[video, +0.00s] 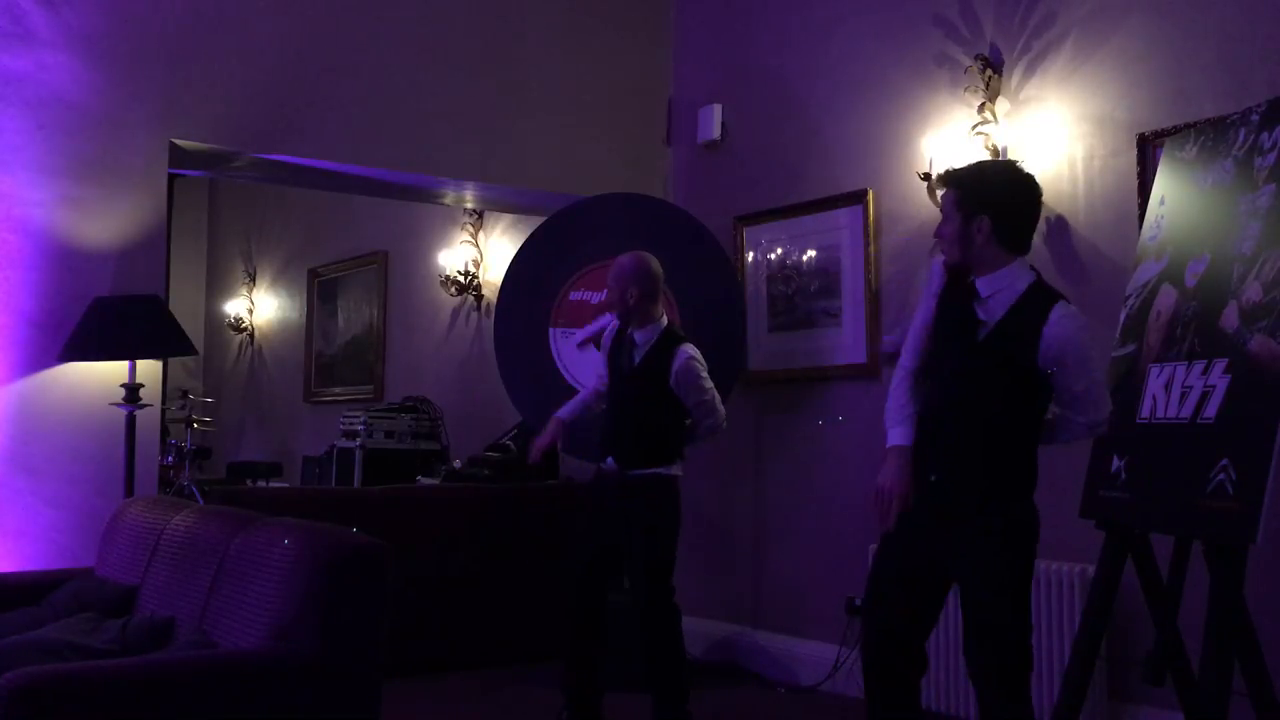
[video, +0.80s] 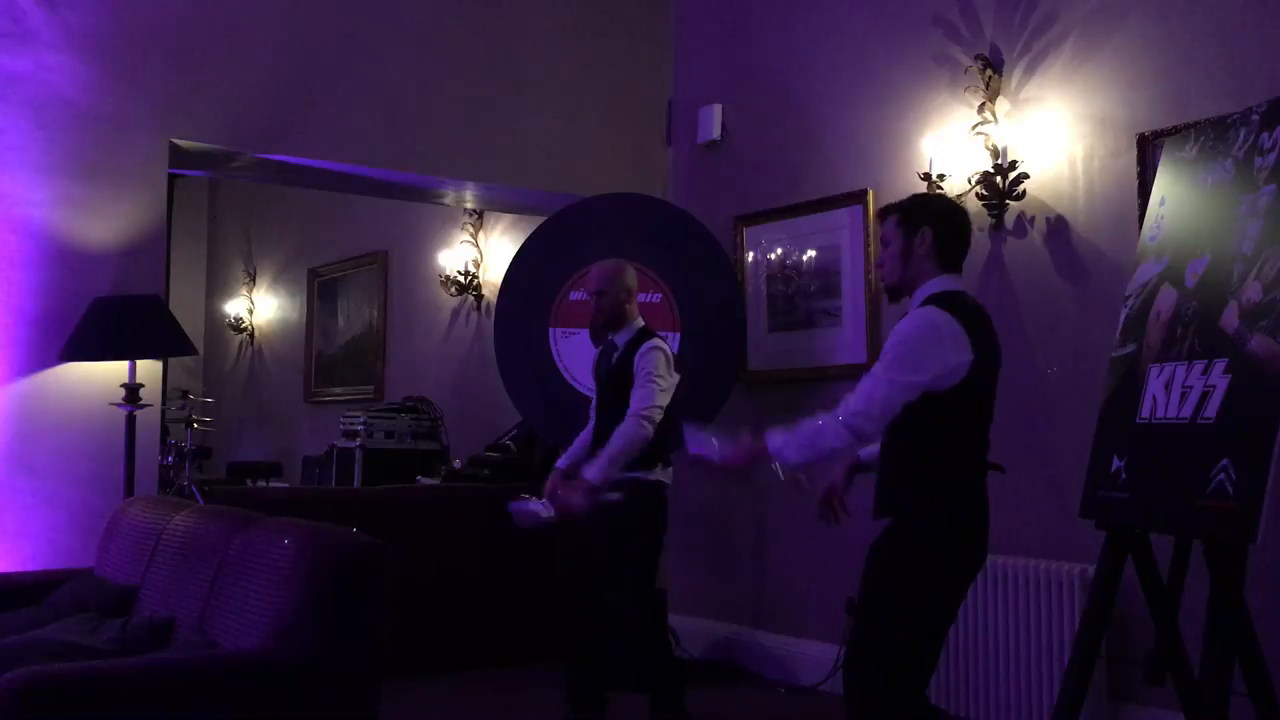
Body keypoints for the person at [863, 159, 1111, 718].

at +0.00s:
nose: (936, 232)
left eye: (946, 218)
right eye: (939, 218)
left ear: (982, 228)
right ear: (979, 229)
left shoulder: (1055, 320)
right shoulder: (945, 293)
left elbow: (1089, 415)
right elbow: (906, 372)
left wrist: (1020, 433)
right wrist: (897, 450)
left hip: (999, 513)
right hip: (927, 502)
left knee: (998, 671)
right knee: (885, 652)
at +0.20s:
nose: (907, 236)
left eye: (918, 223)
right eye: (911, 223)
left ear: (955, 233)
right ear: (950, 233)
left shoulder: (1022, 318)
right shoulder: (922, 295)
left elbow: (1106, 404)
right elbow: (896, 373)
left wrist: (1055, 469)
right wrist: (870, 438)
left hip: (986, 517)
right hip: (915, 509)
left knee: (985, 682)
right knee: (876, 659)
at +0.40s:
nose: (873, 250)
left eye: (882, 235)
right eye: (874, 236)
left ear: (922, 238)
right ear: (920, 240)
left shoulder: (954, 321)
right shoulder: (916, 311)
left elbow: (1037, 416)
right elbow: (898, 395)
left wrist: (1062, 528)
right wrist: (849, 450)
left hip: (951, 532)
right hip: (915, 522)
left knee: (915, 684)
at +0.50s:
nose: (864, 262)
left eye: (873, 247)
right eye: (865, 249)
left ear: (912, 249)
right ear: (908, 252)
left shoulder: (929, 332)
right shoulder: (923, 321)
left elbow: (977, 439)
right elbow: (905, 424)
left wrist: (988, 546)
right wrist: (848, 471)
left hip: (928, 549)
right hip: (926, 541)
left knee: (882, 691)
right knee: (889, 689)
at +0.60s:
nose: (862, 269)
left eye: (871, 254)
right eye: (864, 256)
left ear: (910, 254)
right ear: (915, 257)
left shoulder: (915, 337)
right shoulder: (950, 322)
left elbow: (920, 455)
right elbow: (916, 442)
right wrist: (858, 490)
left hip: (928, 535)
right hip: (955, 526)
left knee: (871, 685)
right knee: (893, 685)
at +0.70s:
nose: (870, 267)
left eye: (878, 252)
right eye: (870, 254)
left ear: (915, 253)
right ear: (921, 256)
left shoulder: (920, 334)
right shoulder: (959, 324)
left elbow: (877, 445)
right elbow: (928, 444)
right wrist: (865, 504)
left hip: (923, 535)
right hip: (951, 530)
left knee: (872, 682)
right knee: (893, 683)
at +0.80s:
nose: (879, 259)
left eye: (887, 244)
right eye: (880, 246)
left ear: (922, 243)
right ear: (925, 247)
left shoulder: (931, 323)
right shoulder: (960, 316)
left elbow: (857, 420)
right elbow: (931, 433)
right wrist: (855, 459)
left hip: (926, 532)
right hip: (946, 527)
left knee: (874, 682)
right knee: (894, 681)